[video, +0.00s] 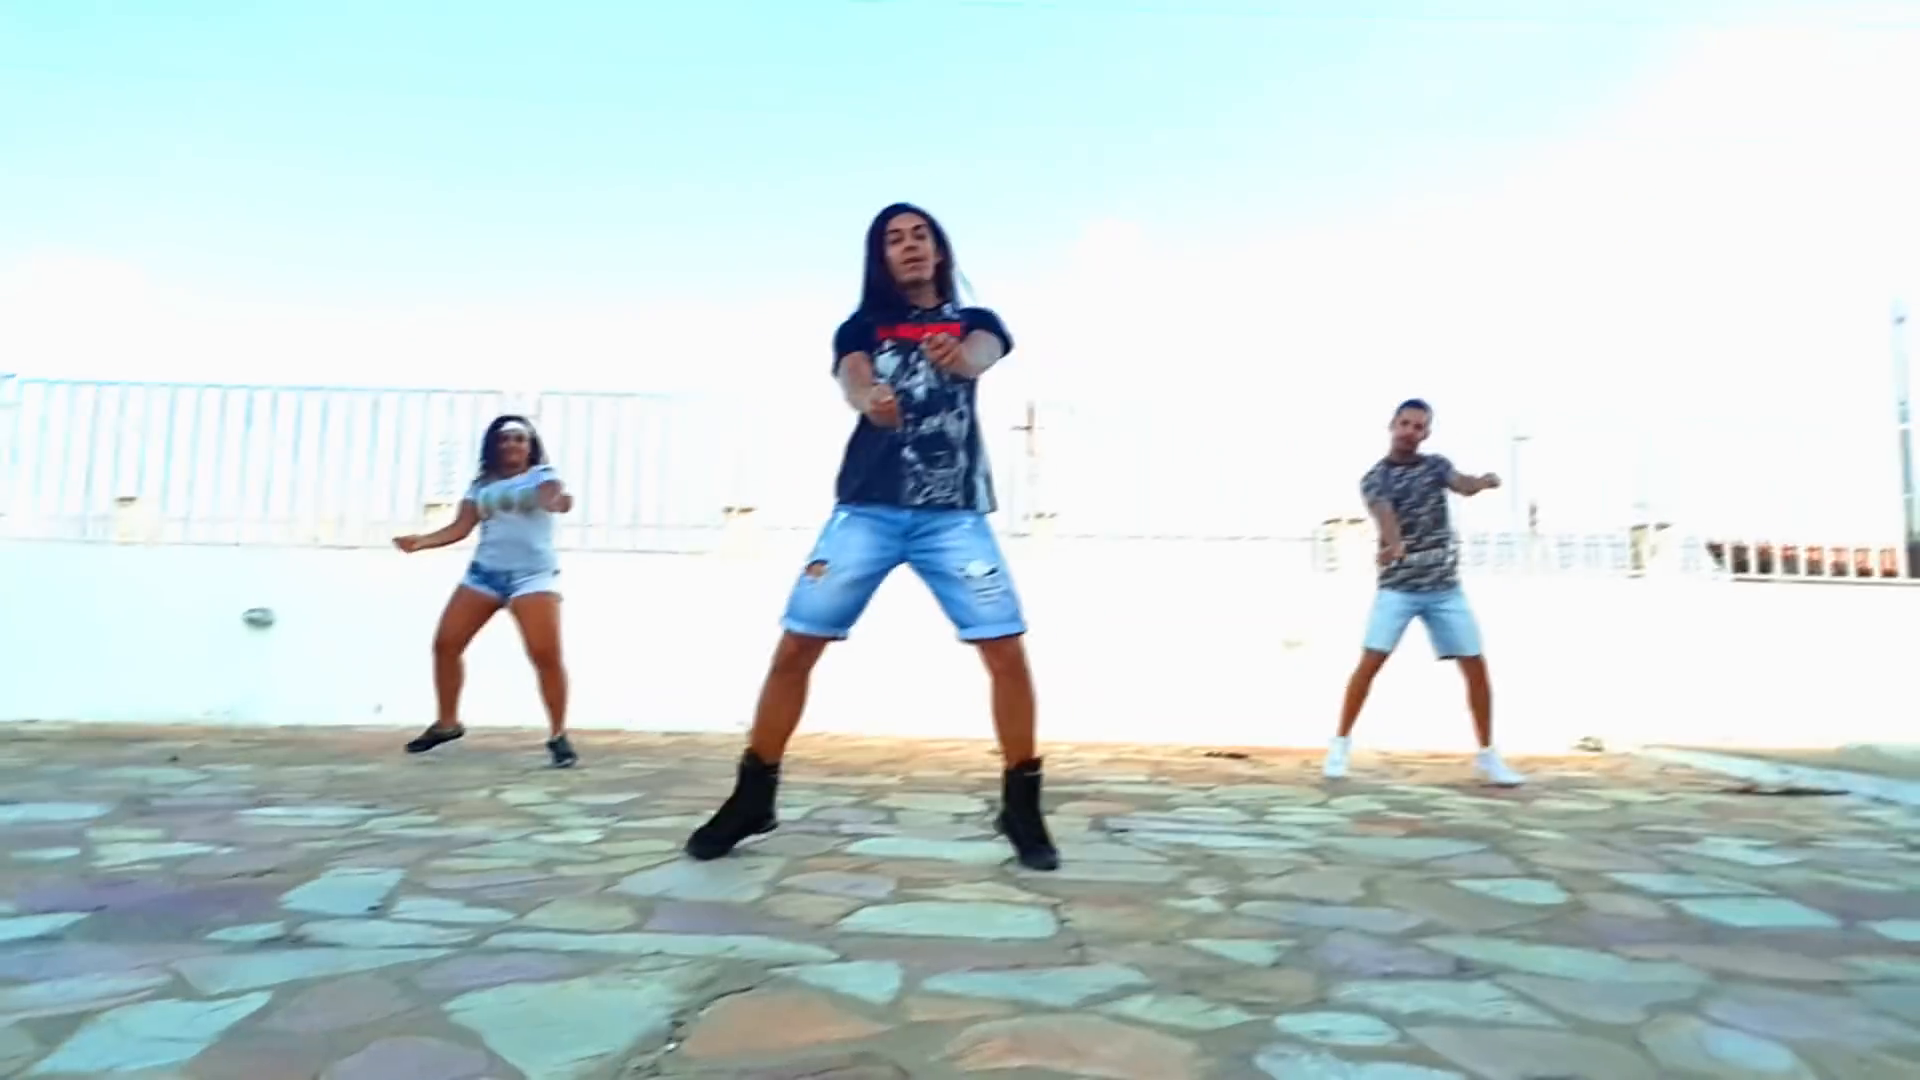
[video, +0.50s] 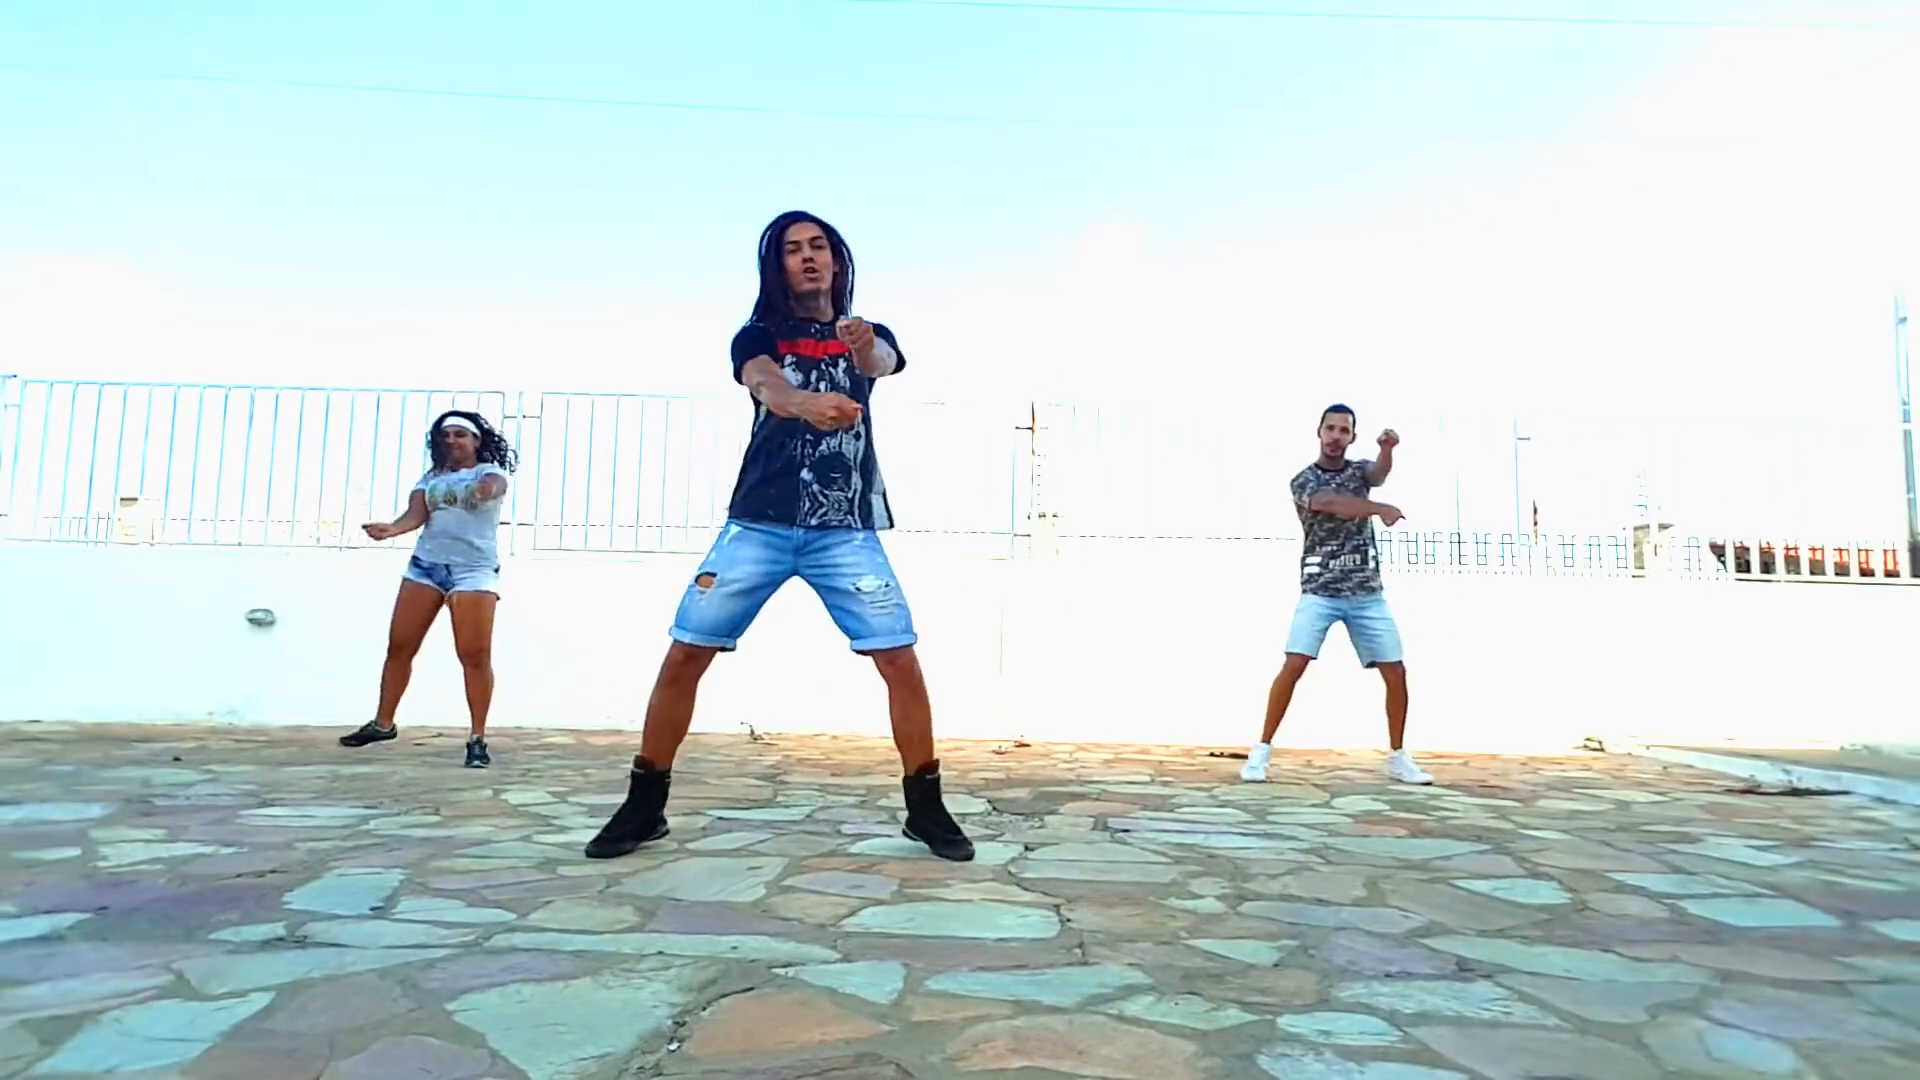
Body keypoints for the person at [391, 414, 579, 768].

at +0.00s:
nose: (512, 445)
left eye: (519, 439)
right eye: (504, 439)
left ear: (530, 446)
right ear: (493, 447)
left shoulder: (541, 476)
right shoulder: (482, 486)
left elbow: (550, 496)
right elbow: (459, 528)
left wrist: (558, 502)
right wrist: (420, 541)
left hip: (533, 576)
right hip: (484, 575)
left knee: (546, 654)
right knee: (446, 645)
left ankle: (558, 734)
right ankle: (447, 723)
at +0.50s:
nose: (453, 439)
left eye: (461, 434)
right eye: (446, 434)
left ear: (477, 441)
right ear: (439, 443)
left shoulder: (491, 472)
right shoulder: (428, 481)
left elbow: (493, 485)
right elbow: (414, 516)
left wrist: (483, 490)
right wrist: (389, 530)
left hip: (474, 570)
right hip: (425, 567)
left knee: (475, 656)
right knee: (399, 648)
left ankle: (477, 738)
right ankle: (383, 724)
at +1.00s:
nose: (383, 441)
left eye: (392, 437)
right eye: (377, 437)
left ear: (409, 447)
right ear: (368, 447)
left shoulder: (416, 481)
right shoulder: (353, 481)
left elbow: (419, 495)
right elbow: (338, 517)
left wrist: (403, 499)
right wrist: (340, 525)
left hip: (395, 576)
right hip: (348, 572)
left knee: (389, 660)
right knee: (321, 652)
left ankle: (390, 738)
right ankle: (305, 730)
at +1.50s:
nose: (356, 447)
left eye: (365, 445)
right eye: (349, 442)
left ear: (376, 460)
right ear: (337, 453)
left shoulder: (382, 496)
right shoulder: (314, 491)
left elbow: (391, 540)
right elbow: (299, 537)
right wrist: (300, 566)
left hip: (365, 584)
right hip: (315, 583)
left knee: (386, 659)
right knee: (290, 666)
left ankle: (400, 734)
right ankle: (290, 739)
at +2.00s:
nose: (397, 452)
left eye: (406, 448)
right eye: (392, 448)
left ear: (423, 461)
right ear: (385, 458)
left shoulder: (432, 501)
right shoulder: (370, 489)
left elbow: (446, 552)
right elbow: (324, 468)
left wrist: (453, 599)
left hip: (409, 590)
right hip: (357, 585)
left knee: (433, 663)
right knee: (333, 666)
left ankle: (454, 737)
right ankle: (325, 739)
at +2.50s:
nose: (515, 458)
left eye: (522, 453)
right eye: (508, 453)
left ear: (535, 464)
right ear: (498, 463)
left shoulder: (551, 505)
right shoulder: (484, 497)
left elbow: (565, 551)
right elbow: (436, 477)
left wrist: (571, 590)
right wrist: (436, 435)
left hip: (538, 596)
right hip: (486, 592)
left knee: (558, 671)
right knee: (456, 667)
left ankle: (570, 744)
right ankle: (448, 743)